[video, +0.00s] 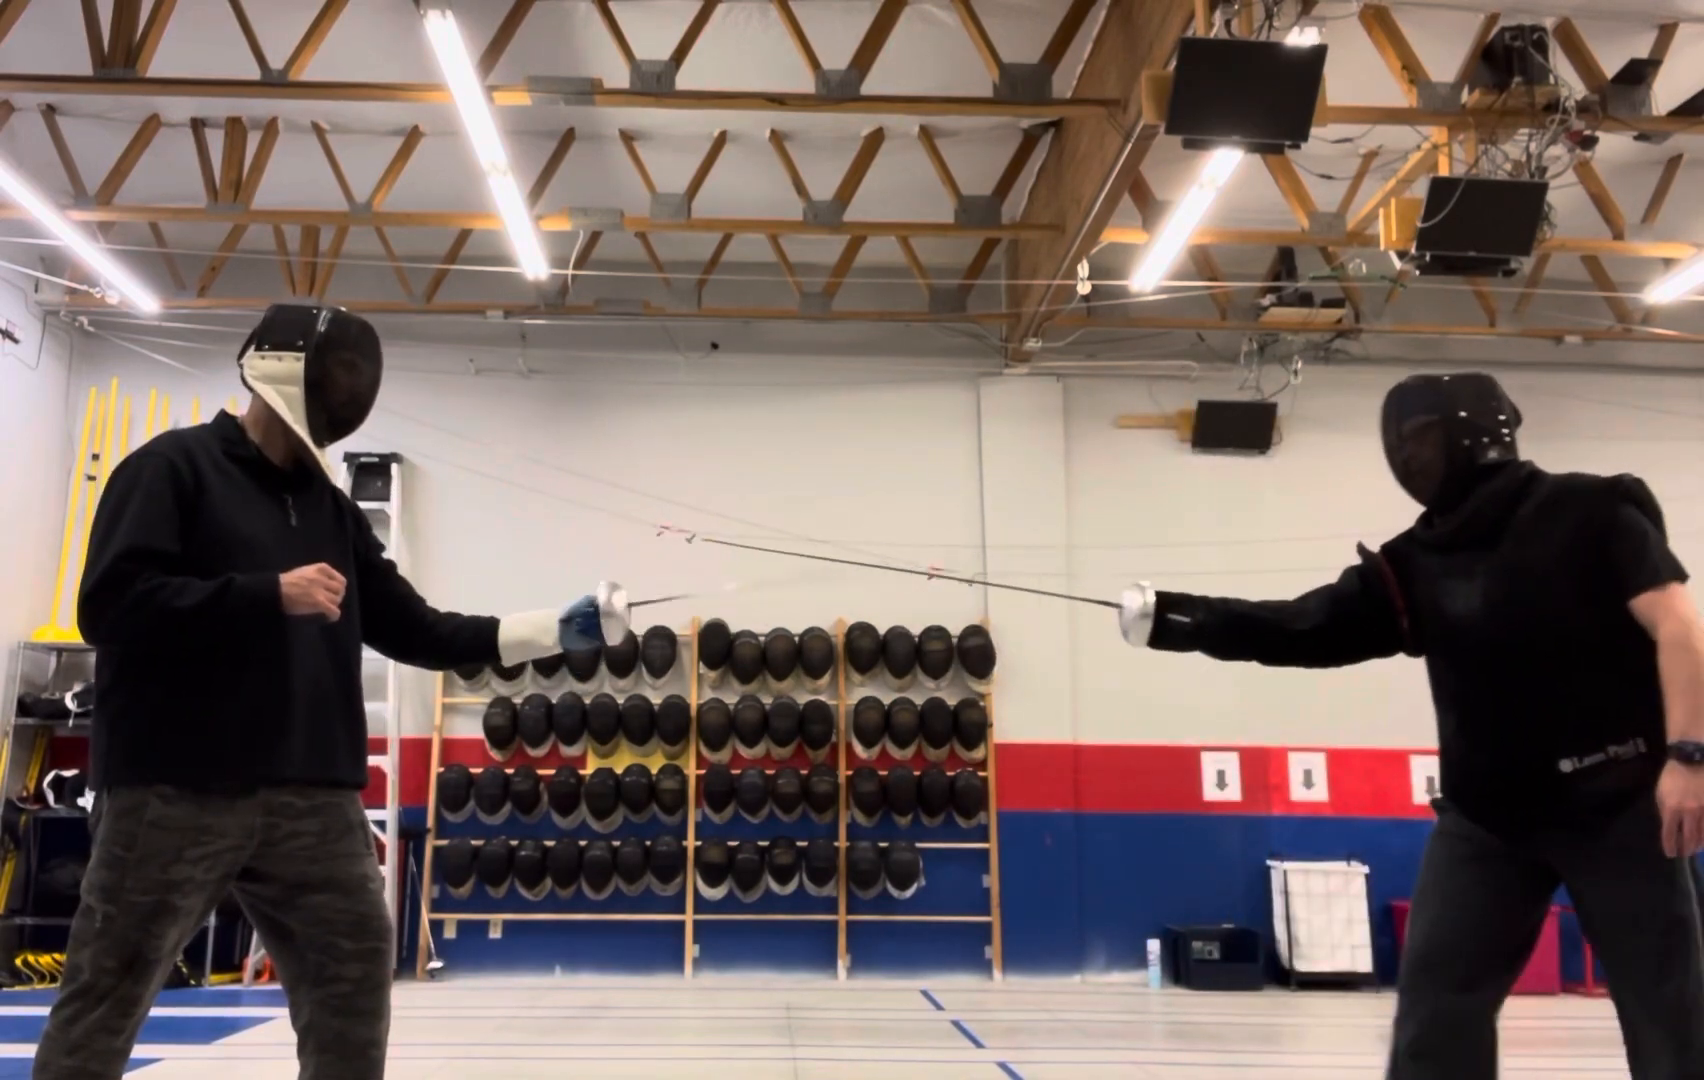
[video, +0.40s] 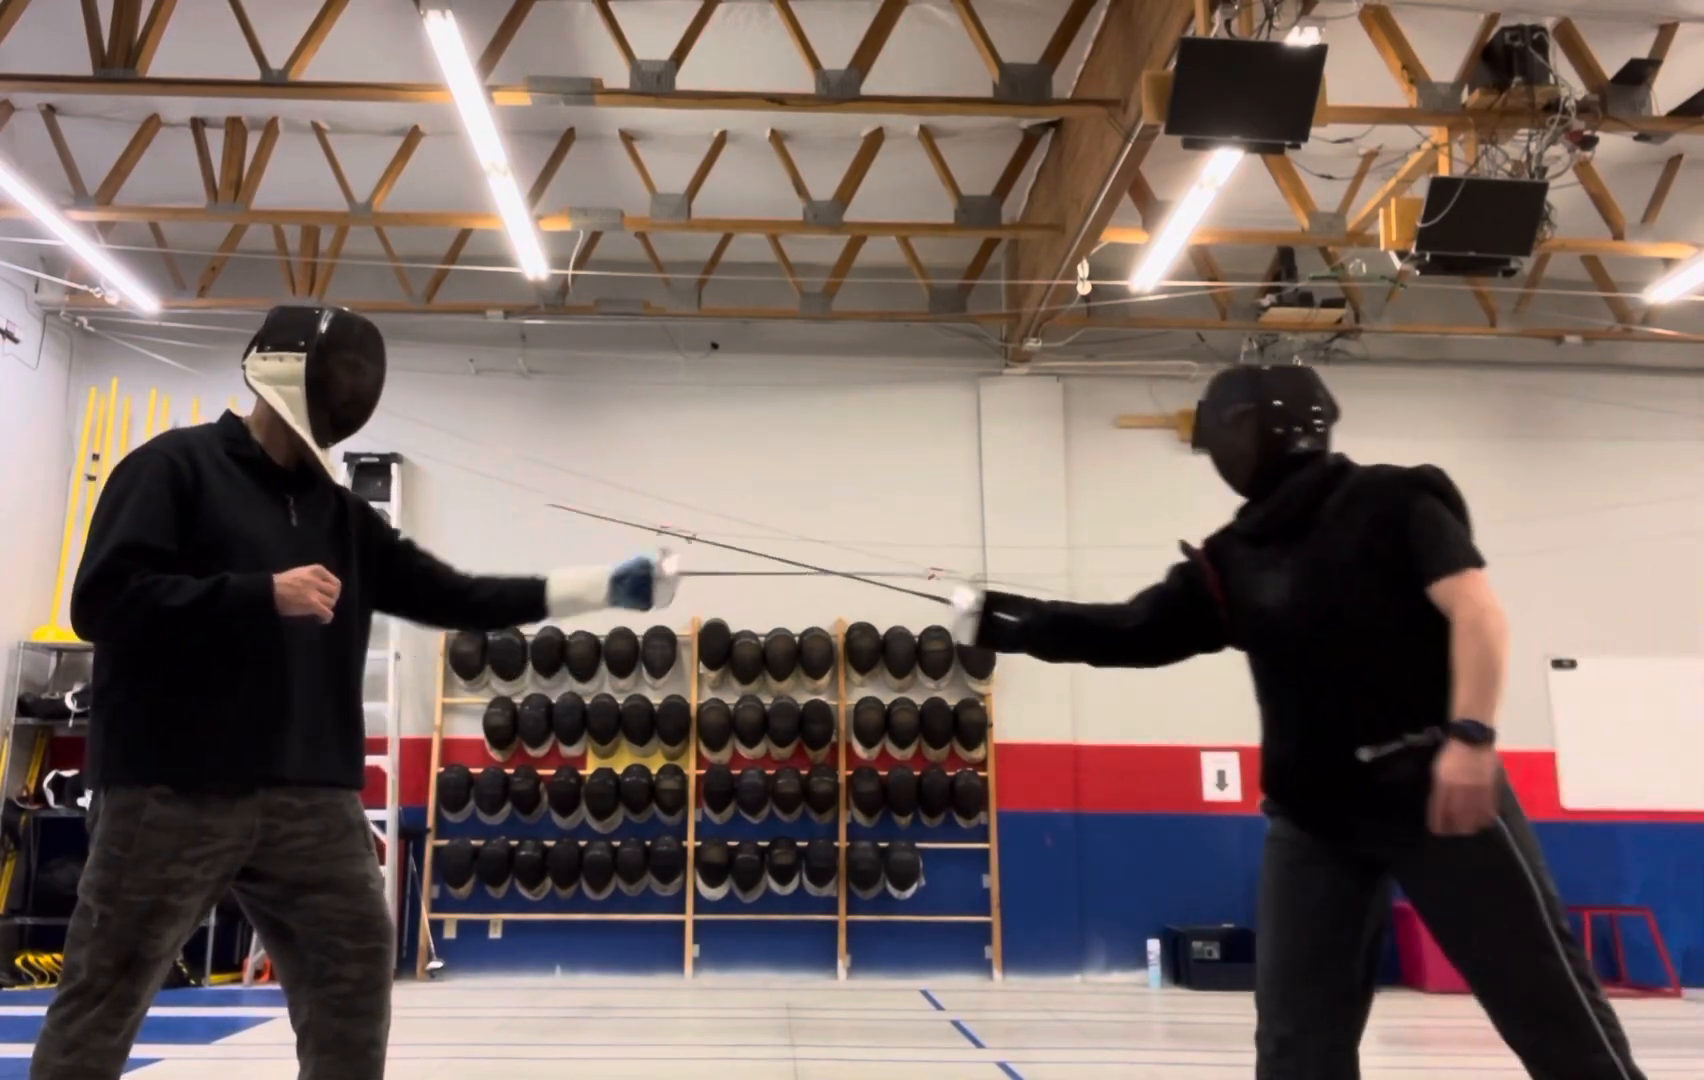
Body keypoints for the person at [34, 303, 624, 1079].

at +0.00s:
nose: (319, 436)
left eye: (331, 421)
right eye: (309, 410)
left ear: (344, 410)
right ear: (266, 379)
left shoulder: (328, 508)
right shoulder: (165, 470)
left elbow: (408, 627)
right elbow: (108, 604)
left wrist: (550, 634)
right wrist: (267, 593)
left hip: (308, 798)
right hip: (170, 793)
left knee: (351, 980)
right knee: (104, 1000)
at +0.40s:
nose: (326, 435)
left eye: (340, 418)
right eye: (317, 412)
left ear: (348, 410)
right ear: (271, 384)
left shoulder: (338, 515)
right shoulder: (166, 470)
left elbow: (452, 597)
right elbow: (102, 598)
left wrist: (596, 589)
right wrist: (261, 592)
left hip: (307, 801)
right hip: (168, 794)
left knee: (351, 996)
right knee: (96, 1009)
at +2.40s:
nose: (328, 412)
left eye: (338, 396)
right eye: (318, 387)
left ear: (335, 399)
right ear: (268, 372)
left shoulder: (329, 510)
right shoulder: (162, 469)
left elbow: (421, 621)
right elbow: (107, 602)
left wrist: (569, 633)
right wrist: (264, 590)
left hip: (309, 795)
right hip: (171, 791)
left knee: (352, 986)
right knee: (103, 1002)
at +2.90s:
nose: (353, 417)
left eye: (363, 401)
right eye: (340, 392)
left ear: (366, 403)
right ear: (286, 374)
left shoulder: (362, 514)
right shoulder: (178, 467)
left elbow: (490, 557)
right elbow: (106, 592)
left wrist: (640, 556)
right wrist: (266, 591)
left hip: (311, 799)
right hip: (167, 793)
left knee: (352, 998)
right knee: (98, 1006)